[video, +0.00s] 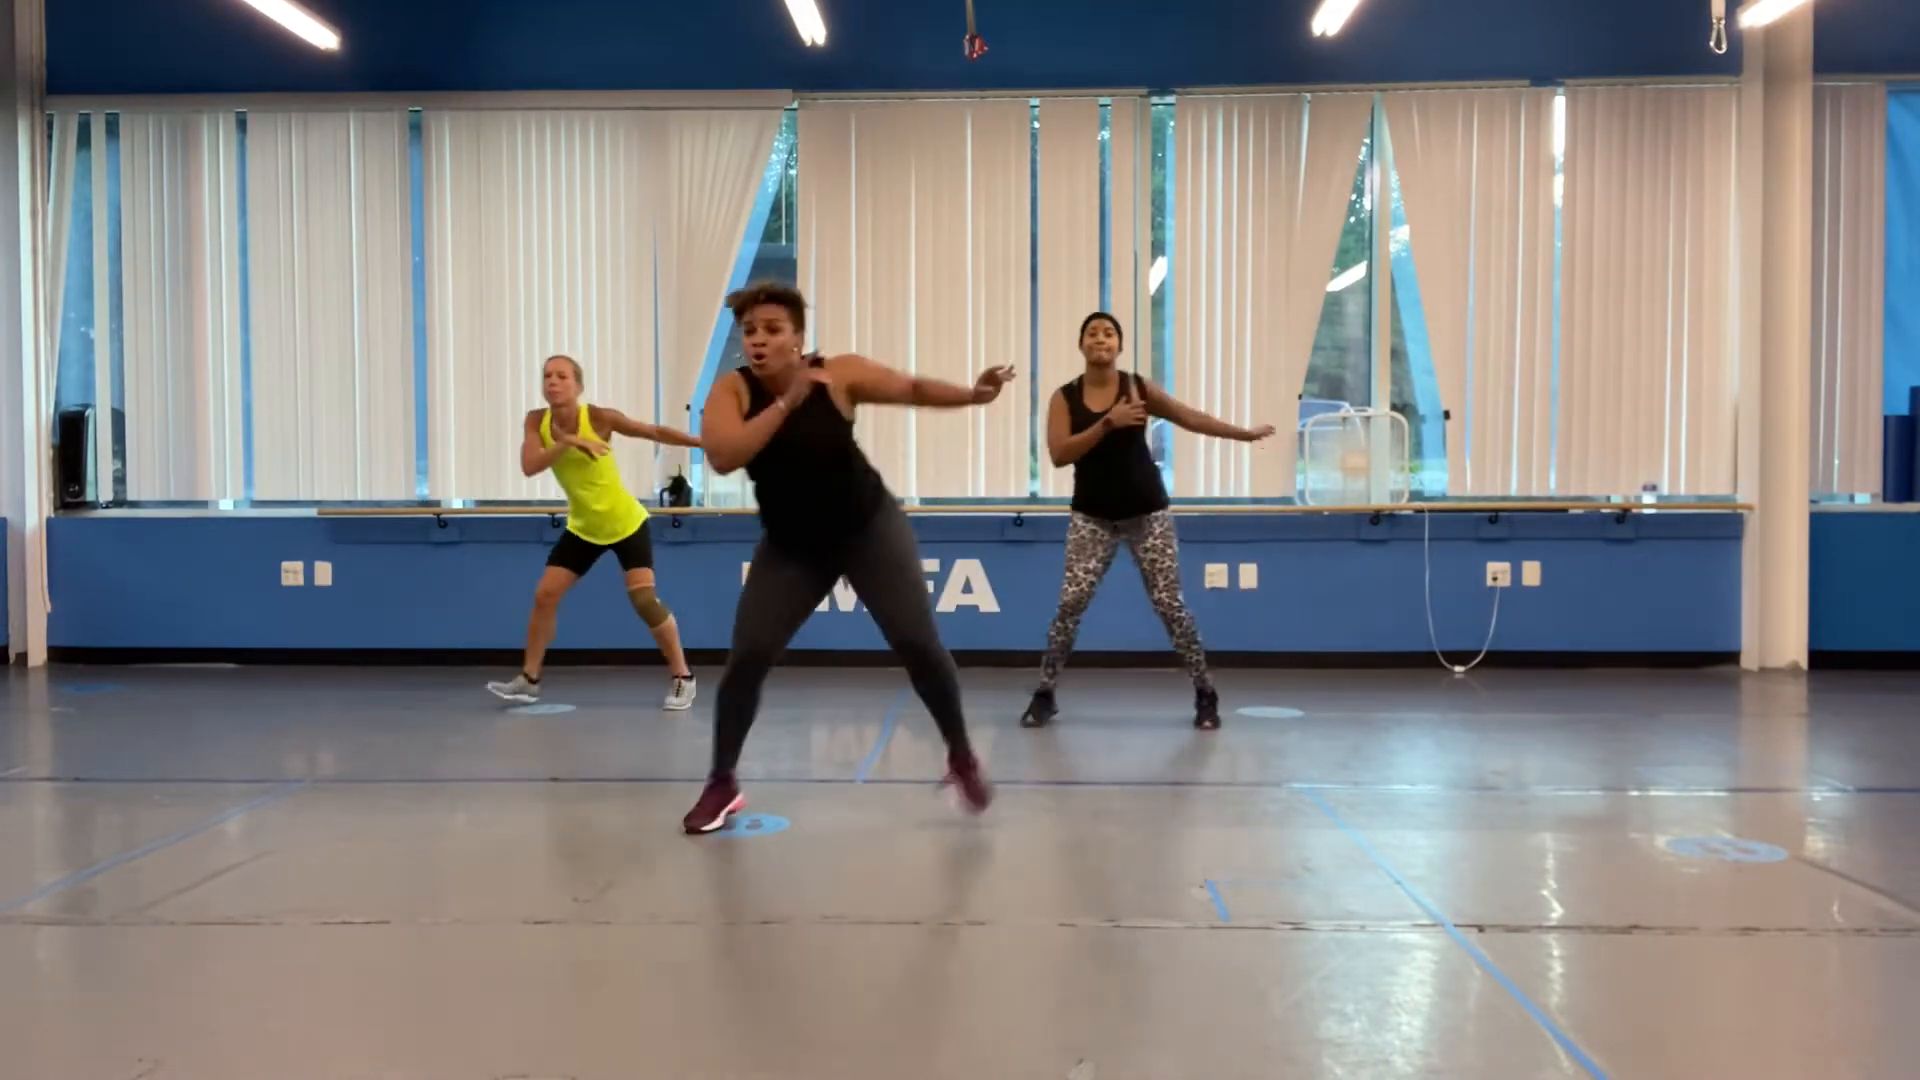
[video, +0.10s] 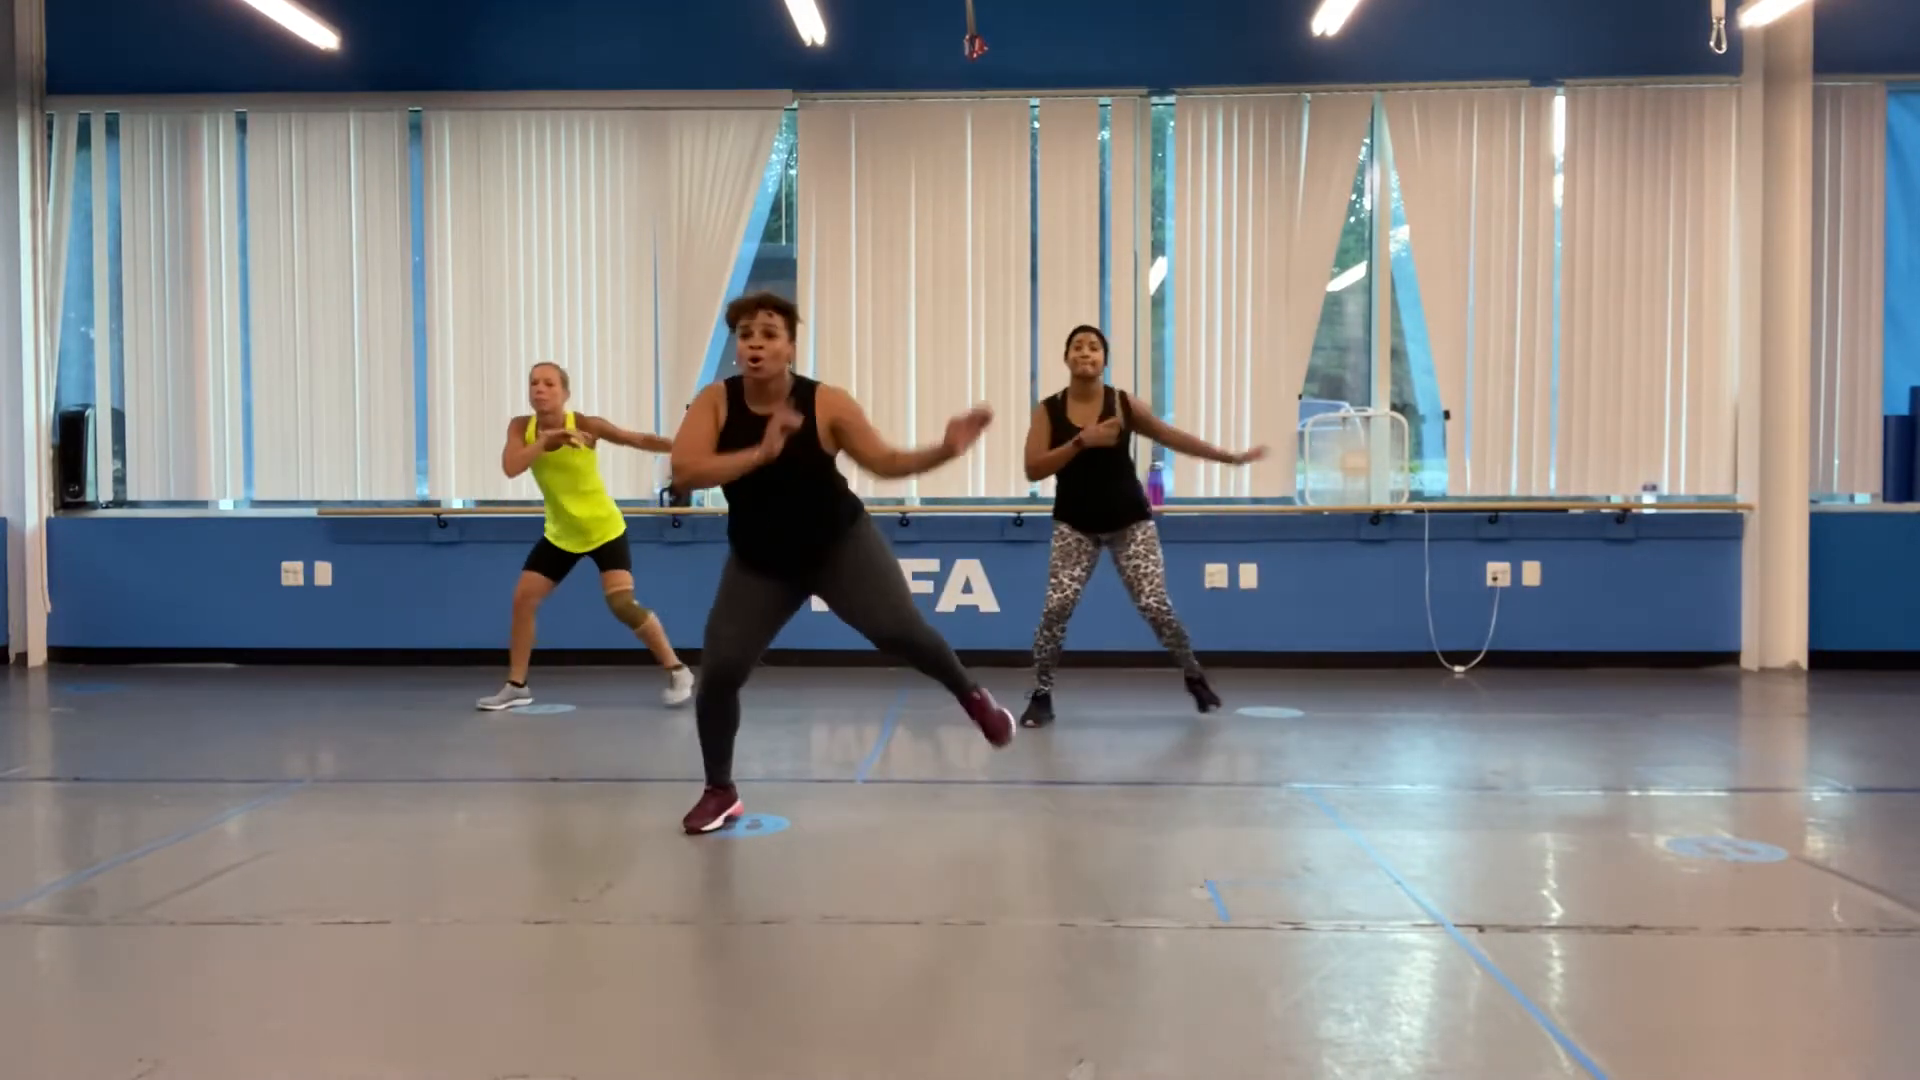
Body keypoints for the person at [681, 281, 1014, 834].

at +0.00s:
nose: (757, 340)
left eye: (771, 330)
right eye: (748, 330)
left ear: (799, 338)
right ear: (741, 337)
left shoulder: (839, 375)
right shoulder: (730, 391)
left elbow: (914, 390)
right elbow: (723, 455)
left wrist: (974, 395)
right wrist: (784, 403)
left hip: (867, 529)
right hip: (792, 544)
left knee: (918, 645)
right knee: (747, 658)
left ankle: (961, 754)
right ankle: (722, 783)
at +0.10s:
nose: (754, 345)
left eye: (768, 335)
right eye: (744, 335)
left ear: (792, 346)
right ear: (735, 345)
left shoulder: (826, 403)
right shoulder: (714, 403)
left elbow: (883, 462)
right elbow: (685, 471)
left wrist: (943, 451)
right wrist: (758, 455)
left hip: (838, 546)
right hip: (760, 559)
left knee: (902, 634)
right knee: (719, 670)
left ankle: (971, 696)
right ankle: (719, 789)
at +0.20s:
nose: (758, 341)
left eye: (772, 330)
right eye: (748, 330)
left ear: (794, 343)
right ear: (737, 342)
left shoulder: (827, 414)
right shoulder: (709, 407)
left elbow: (844, 501)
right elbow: (662, 471)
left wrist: (893, 534)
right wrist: (694, 521)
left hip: (831, 551)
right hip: (753, 556)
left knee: (898, 642)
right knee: (711, 673)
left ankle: (926, 719)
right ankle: (718, 789)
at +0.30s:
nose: (769, 331)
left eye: (783, 322)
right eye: (759, 322)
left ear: (804, 334)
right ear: (747, 333)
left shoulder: (833, 402)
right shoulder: (715, 393)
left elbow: (838, 487)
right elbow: (647, 434)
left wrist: (817, 531)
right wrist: (628, 499)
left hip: (833, 541)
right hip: (755, 550)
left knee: (885, 650)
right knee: (720, 672)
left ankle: (887, 775)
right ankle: (718, 789)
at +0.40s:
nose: (789, 323)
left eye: (801, 314)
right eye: (779, 316)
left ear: (822, 325)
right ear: (766, 330)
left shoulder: (851, 378)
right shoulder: (745, 379)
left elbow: (861, 465)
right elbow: (670, 392)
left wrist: (787, 484)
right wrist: (611, 435)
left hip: (847, 537)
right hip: (769, 541)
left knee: (897, 645)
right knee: (736, 661)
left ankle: (906, 766)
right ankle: (716, 785)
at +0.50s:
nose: (813, 331)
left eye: (825, 321)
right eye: (803, 324)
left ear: (846, 332)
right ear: (790, 337)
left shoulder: (871, 374)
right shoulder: (772, 385)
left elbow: (888, 447)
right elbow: (701, 406)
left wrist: (798, 450)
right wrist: (632, 416)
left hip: (870, 539)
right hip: (793, 536)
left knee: (906, 656)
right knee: (737, 652)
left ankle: (933, 784)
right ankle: (700, 762)